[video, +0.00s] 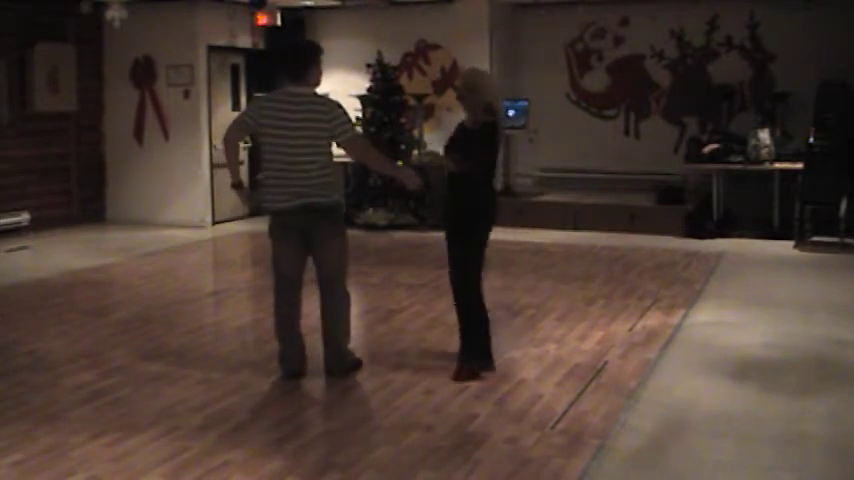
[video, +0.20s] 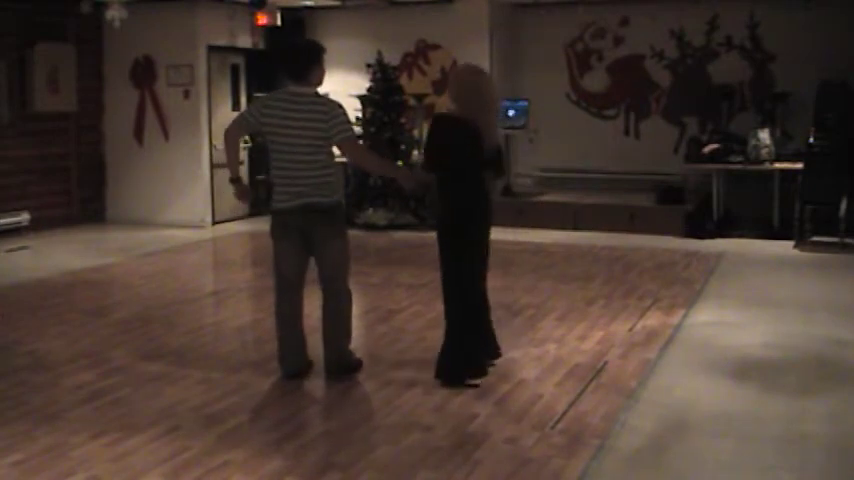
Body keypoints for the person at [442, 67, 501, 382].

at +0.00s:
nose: (459, 97)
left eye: (464, 92)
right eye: (459, 92)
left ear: (476, 95)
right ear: (477, 96)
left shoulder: (483, 128)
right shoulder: (471, 127)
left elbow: (464, 167)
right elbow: (454, 163)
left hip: (473, 214)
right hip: (463, 212)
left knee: (467, 286)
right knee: (464, 284)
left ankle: (476, 357)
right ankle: (474, 354)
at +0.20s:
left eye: (449, 85)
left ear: (452, 91)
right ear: (483, 94)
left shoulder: (441, 126)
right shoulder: (483, 130)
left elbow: (431, 170)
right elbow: (494, 172)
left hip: (451, 220)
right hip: (475, 220)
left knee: (459, 289)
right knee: (471, 287)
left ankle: (462, 359)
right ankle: (465, 359)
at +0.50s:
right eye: (470, 90)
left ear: (435, 96)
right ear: (471, 95)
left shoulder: (425, 136)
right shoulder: (486, 132)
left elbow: (411, 183)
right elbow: (501, 185)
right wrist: (515, 222)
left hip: (441, 227)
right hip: (480, 226)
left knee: (446, 300)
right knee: (486, 297)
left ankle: (449, 379)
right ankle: (489, 379)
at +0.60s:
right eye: (470, 91)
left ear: (436, 97)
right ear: (471, 96)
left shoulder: (425, 138)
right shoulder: (484, 133)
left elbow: (411, 186)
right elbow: (500, 188)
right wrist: (517, 226)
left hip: (442, 229)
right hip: (481, 229)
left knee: (446, 300)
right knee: (487, 300)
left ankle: (448, 378)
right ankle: (489, 387)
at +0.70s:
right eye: (472, 91)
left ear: (438, 96)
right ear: (473, 96)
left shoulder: (428, 136)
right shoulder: (486, 134)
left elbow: (414, 188)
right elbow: (500, 190)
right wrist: (516, 231)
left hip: (442, 230)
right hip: (481, 231)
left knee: (447, 301)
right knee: (485, 303)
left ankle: (447, 378)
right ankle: (483, 389)